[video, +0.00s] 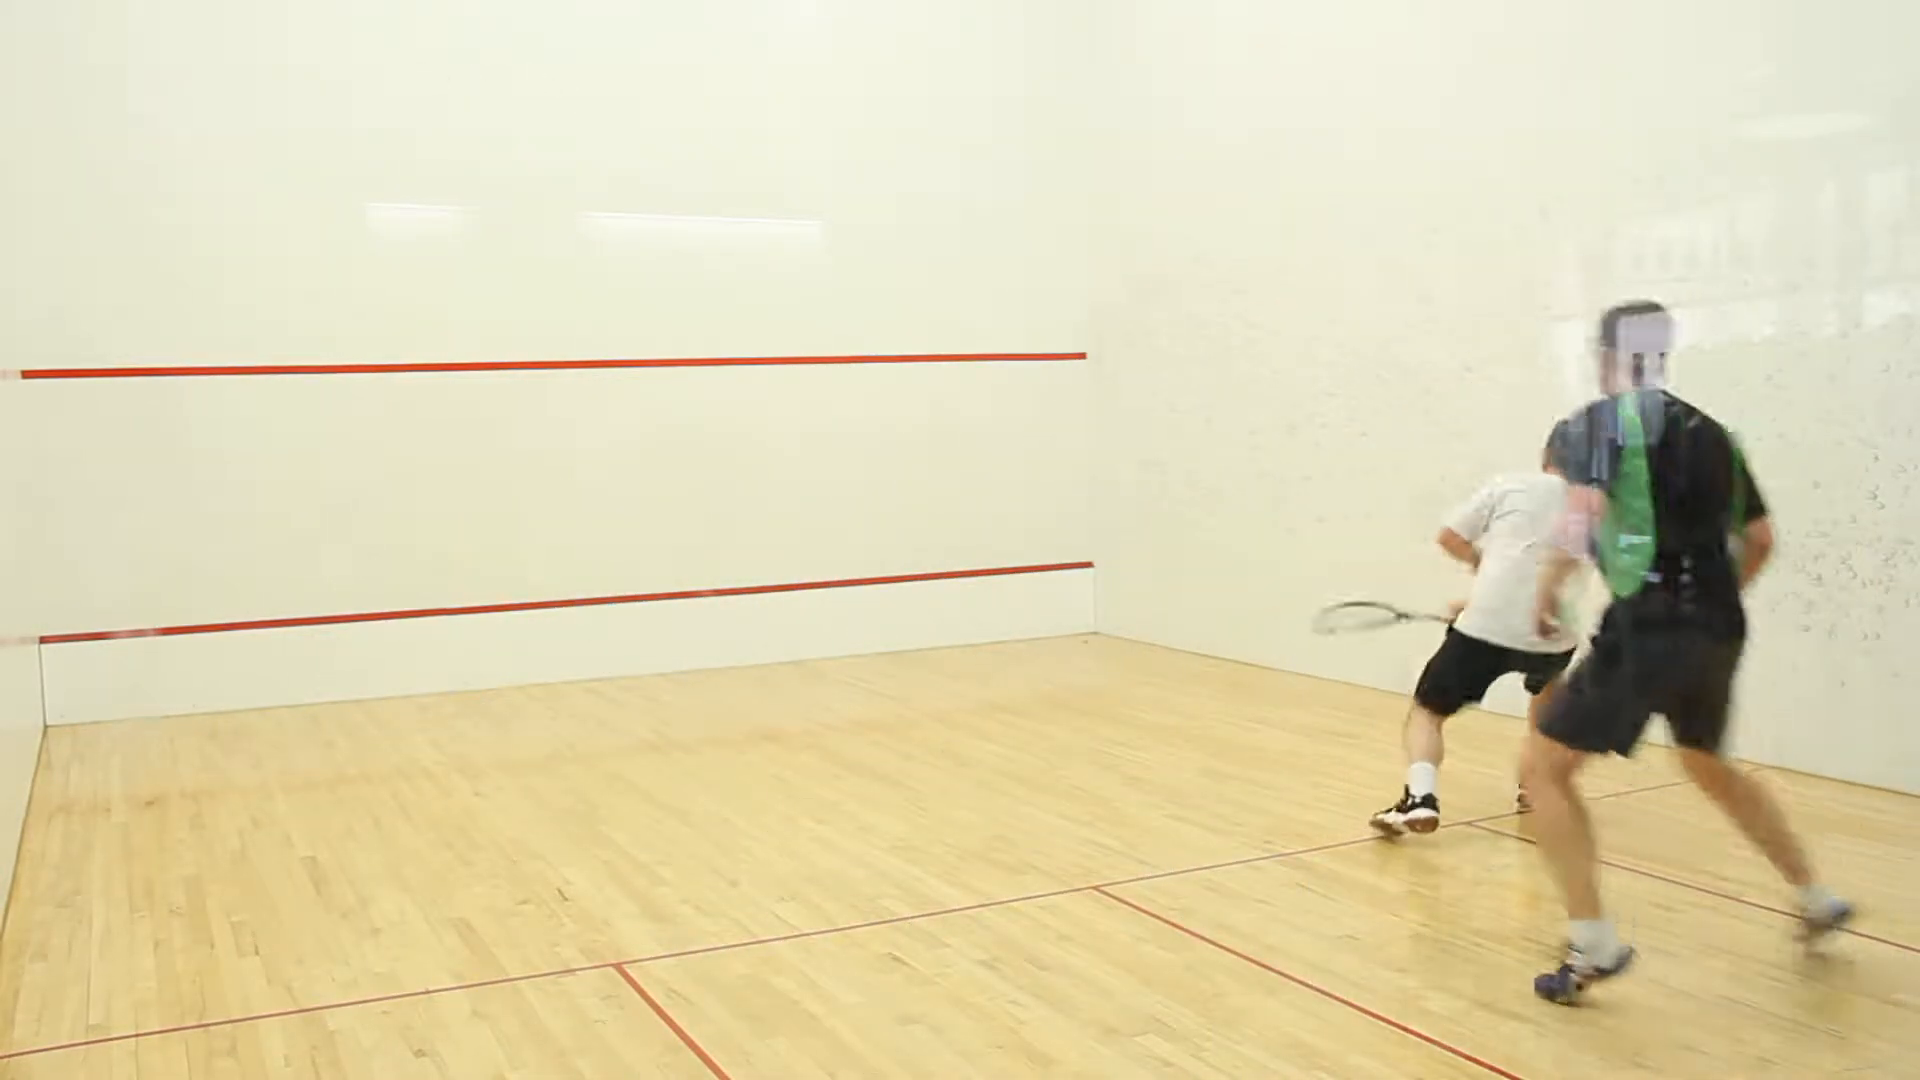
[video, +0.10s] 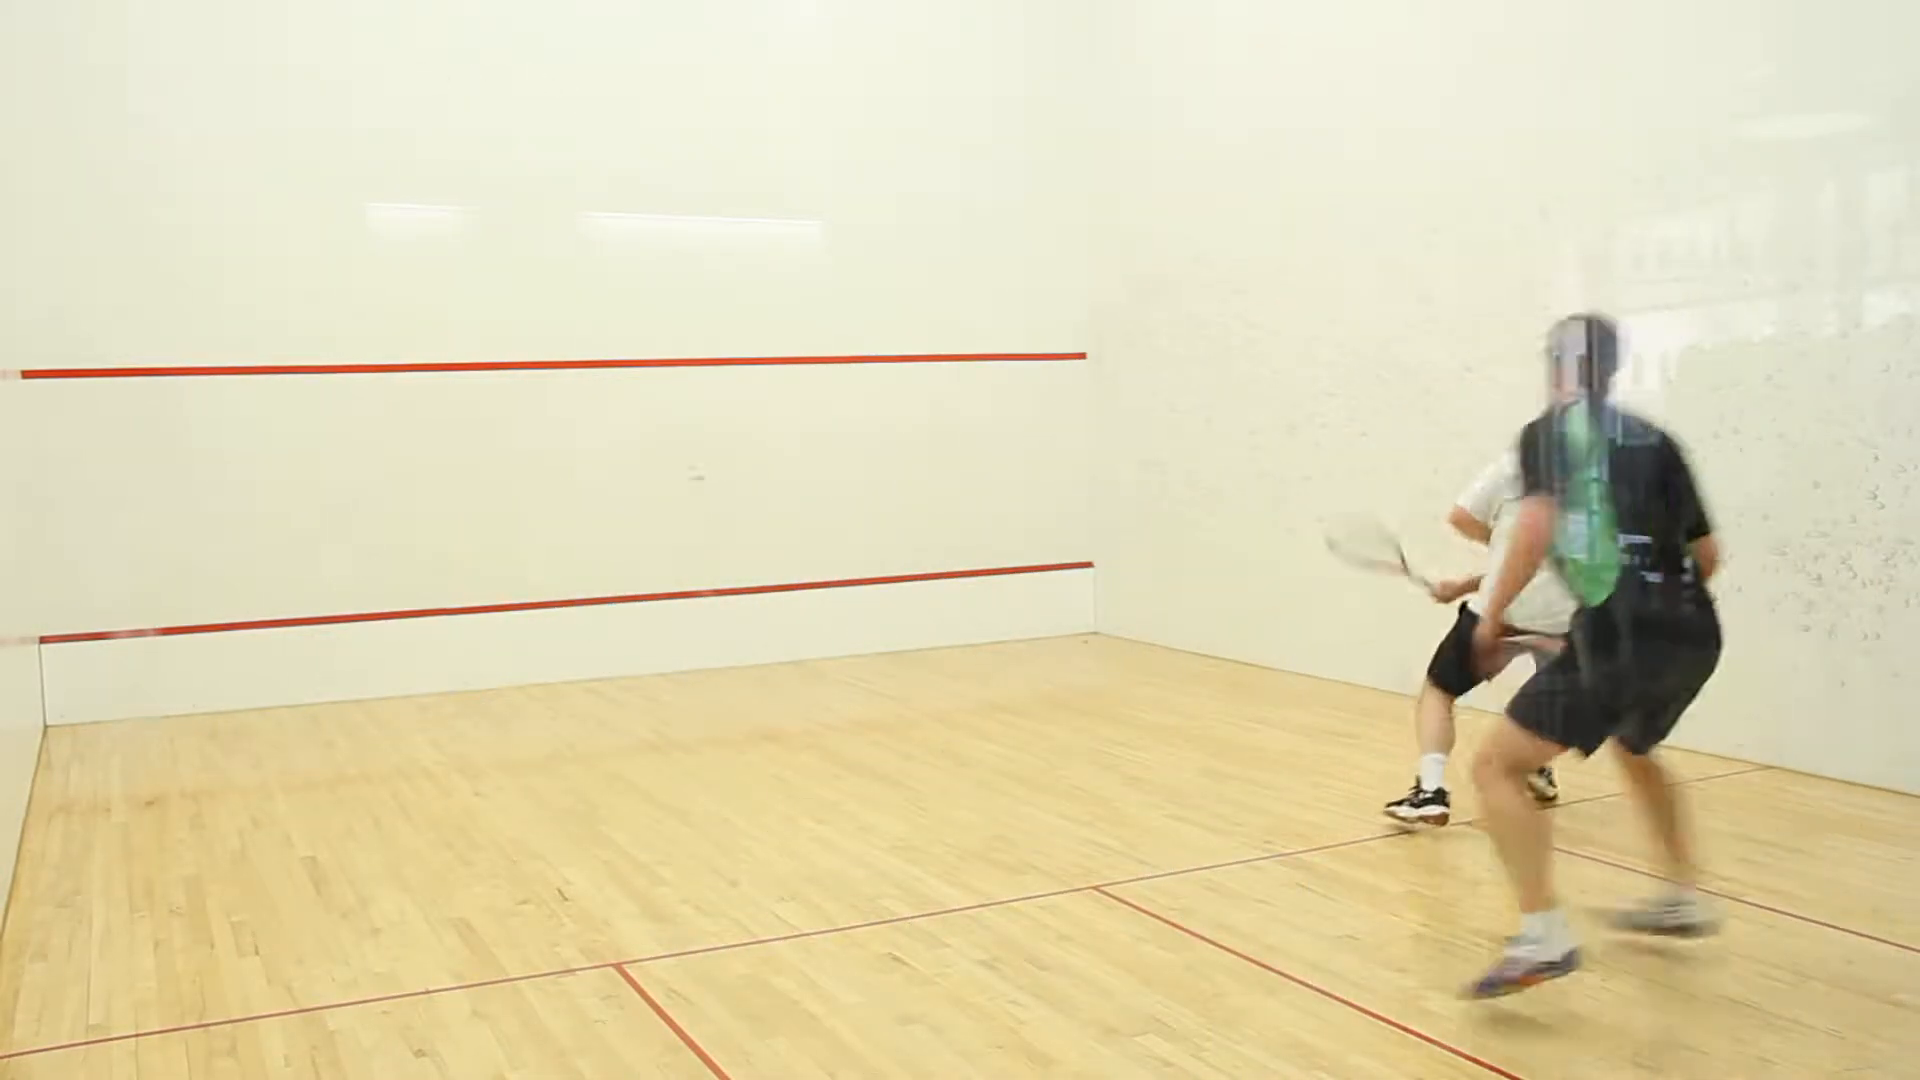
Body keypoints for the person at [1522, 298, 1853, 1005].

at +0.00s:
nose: (1601, 368)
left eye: (1603, 357)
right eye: (1614, 356)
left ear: (1608, 358)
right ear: (1665, 357)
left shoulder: (1590, 427)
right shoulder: (1710, 432)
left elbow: (1580, 517)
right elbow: (1760, 537)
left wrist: (1547, 593)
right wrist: (1716, 596)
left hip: (1642, 630)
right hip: (1716, 629)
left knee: (1543, 767)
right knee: (1704, 759)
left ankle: (1595, 941)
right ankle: (1813, 894)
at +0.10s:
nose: (1552, 376)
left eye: (1556, 364)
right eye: (1560, 363)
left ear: (1561, 368)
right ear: (1613, 368)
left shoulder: (1547, 433)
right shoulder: (1655, 442)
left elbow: (1534, 531)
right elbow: (1706, 554)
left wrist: (1490, 617)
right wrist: (1641, 603)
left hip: (1620, 629)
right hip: (1693, 631)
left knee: (1496, 764)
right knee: (1632, 744)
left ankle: (1543, 932)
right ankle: (1683, 894)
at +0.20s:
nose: (1492, 422)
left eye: (1496, 411)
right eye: (1497, 410)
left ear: (1508, 416)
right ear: (1561, 416)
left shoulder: (1502, 484)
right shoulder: (1608, 481)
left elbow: (1487, 586)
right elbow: (1648, 591)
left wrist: (1445, 675)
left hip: (1583, 677)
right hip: (1652, 671)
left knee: (1453, 794)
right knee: (1583, 784)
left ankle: (1446, 961)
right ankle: (1605, 914)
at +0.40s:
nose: (1364, 419)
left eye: (1373, 408)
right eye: (1370, 406)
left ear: (1404, 421)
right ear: (1428, 422)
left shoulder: (1423, 494)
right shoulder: (1474, 483)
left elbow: (1441, 607)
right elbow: (1499, 595)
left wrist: (1367, 674)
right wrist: (1442, 666)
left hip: (1486, 727)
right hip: (1518, 714)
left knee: (1344, 828)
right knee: (1470, 805)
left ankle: (1372, 1006)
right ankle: (1563, 894)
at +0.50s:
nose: (1308, 413)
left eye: (1319, 400)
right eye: (1312, 399)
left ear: (1357, 413)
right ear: (1367, 414)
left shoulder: (1398, 482)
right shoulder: (1397, 476)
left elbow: (1432, 591)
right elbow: (1414, 598)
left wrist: (1323, 652)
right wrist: (1359, 665)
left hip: (1452, 729)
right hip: (1423, 713)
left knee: (1319, 860)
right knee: (1369, 820)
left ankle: (1367, 1007)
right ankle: (1442, 927)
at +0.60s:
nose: (1248, 408)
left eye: (1262, 394)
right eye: (1252, 393)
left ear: (1311, 406)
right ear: (1303, 407)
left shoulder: (1377, 471)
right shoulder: (1318, 495)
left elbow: (1427, 594)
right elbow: (1295, 608)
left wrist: (1314, 659)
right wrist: (1234, 685)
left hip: (1432, 734)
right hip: (1363, 717)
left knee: (1291, 870)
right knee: (1270, 855)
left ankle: (1347, 983)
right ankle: (1259, 1000)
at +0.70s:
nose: (1204, 429)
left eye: (1219, 414)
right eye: (1207, 412)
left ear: (1275, 422)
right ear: (1262, 425)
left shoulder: (1369, 500)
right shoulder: (1242, 526)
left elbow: (1443, 627)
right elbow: (1193, 637)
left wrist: (1341, 716)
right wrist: (1131, 733)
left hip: (1398, 740)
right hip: (1302, 730)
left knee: (1265, 895)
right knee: (1224, 900)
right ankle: (1203, 1049)